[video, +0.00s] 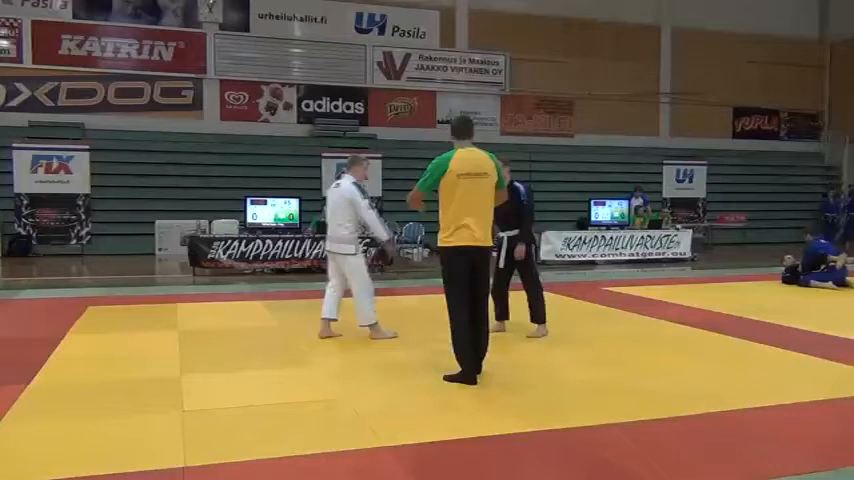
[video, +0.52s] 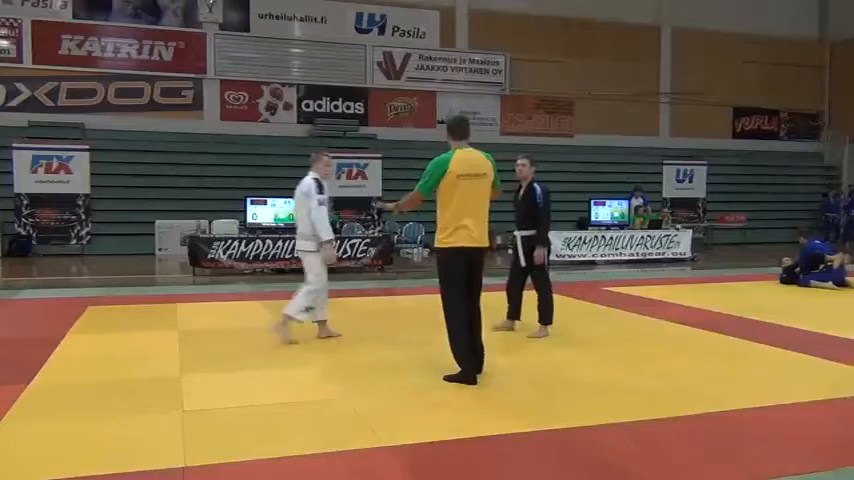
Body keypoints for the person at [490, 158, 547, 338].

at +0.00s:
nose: (502, 176)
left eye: (504, 172)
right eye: (499, 173)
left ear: (509, 172)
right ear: (495, 174)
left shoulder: (519, 190)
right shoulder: (493, 192)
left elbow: (527, 217)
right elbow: (490, 217)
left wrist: (522, 241)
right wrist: (490, 240)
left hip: (521, 237)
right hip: (504, 239)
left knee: (531, 282)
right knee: (499, 282)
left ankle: (541, 323)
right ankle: (500, 321)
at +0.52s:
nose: (519, 169)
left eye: (523, 166)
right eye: (517, 166)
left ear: (532, 169)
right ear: (516, 170)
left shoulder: (538, 190)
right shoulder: (519, 191)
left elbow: (543, 219)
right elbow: (521, 218)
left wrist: (541, 244)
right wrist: (518, 243)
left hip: (535, 240)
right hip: (521, 240)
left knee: (542, 284)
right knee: (514, 283)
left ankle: (544, 324)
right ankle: (511, 319)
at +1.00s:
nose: (534, 169)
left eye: (538, 166)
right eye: (533, 166)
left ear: (548, 169)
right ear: (531, 169)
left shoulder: (552, 191)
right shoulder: (532, 190)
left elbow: (549, 220)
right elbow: (524, 215)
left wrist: (535, 240)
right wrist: (510, 234)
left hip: (544, 241)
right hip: (529, 239)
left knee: (545, 282)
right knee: (534, 283)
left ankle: (546, 324)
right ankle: (547, 316)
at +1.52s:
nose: (534, 171)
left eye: (537, 168)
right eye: (532, 169)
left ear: (547, 169)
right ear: (531, 172)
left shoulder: (558, 190)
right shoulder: (534, 193)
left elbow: (568, 215)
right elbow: (531, 219)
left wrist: (572, 240)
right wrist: (527, 243)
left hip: (555, 239)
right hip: (539, 240)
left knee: (553, 280)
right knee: (544, 281)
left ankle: (557, 321)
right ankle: (550, 318)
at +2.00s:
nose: (542, 175)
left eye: (545, 171)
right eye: (541, 171)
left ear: (556, 170)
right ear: (549, 172)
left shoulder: (564, 189)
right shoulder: (547, 192)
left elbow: (559, 216)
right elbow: (543, 216)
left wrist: (545, 231)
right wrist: (537, 231)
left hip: (559, 241)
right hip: (546, 240)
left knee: (561, 280)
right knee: (548, 279)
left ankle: (568, 322)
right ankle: (552, 317)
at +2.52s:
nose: (548, 171)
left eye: (550, 168)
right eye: (549, 168)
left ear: (558, 169)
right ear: (560, 169)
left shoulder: (569, 190)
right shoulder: (557, 190)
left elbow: (569, 222)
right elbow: (552, 222)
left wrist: (568, 247)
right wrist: (545, 246)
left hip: (561, 240)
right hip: (550, 240)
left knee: (564, 281)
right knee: (551, 280)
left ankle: (569, 323)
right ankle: (552, 317)